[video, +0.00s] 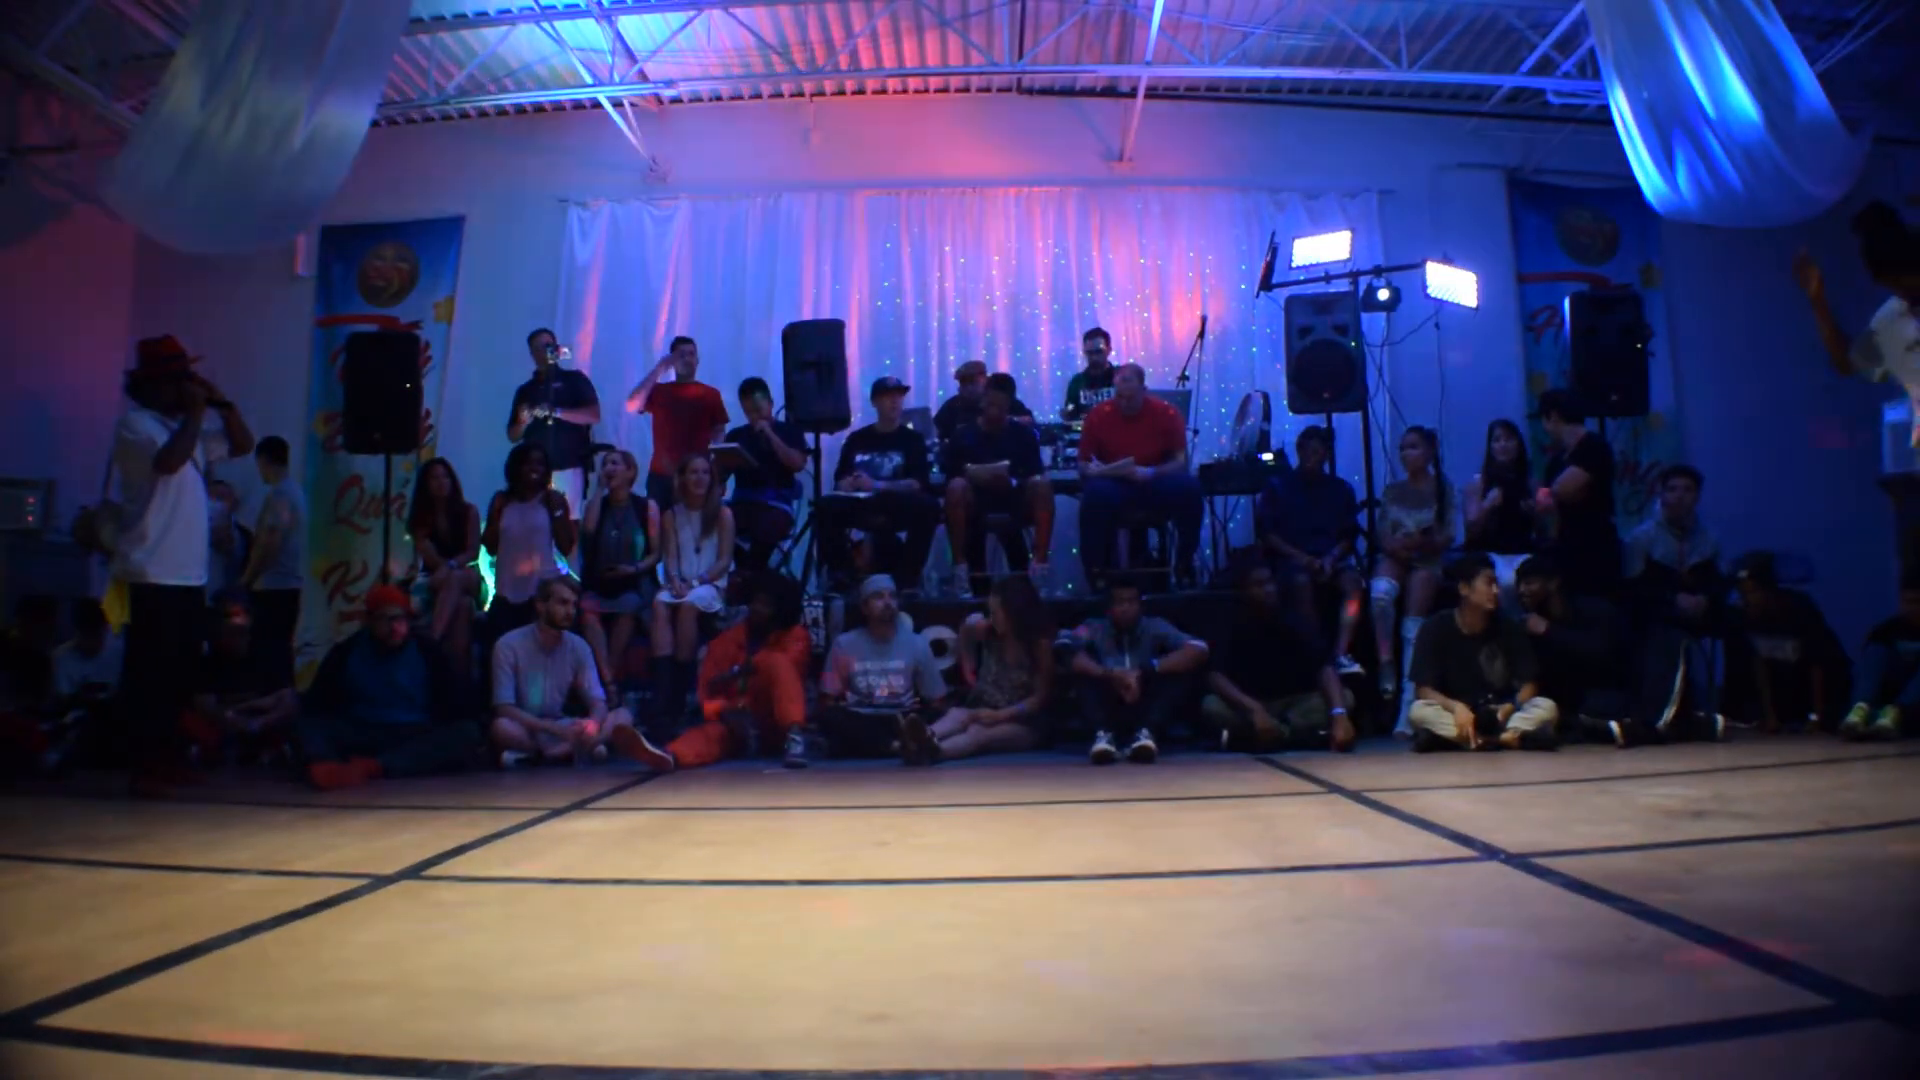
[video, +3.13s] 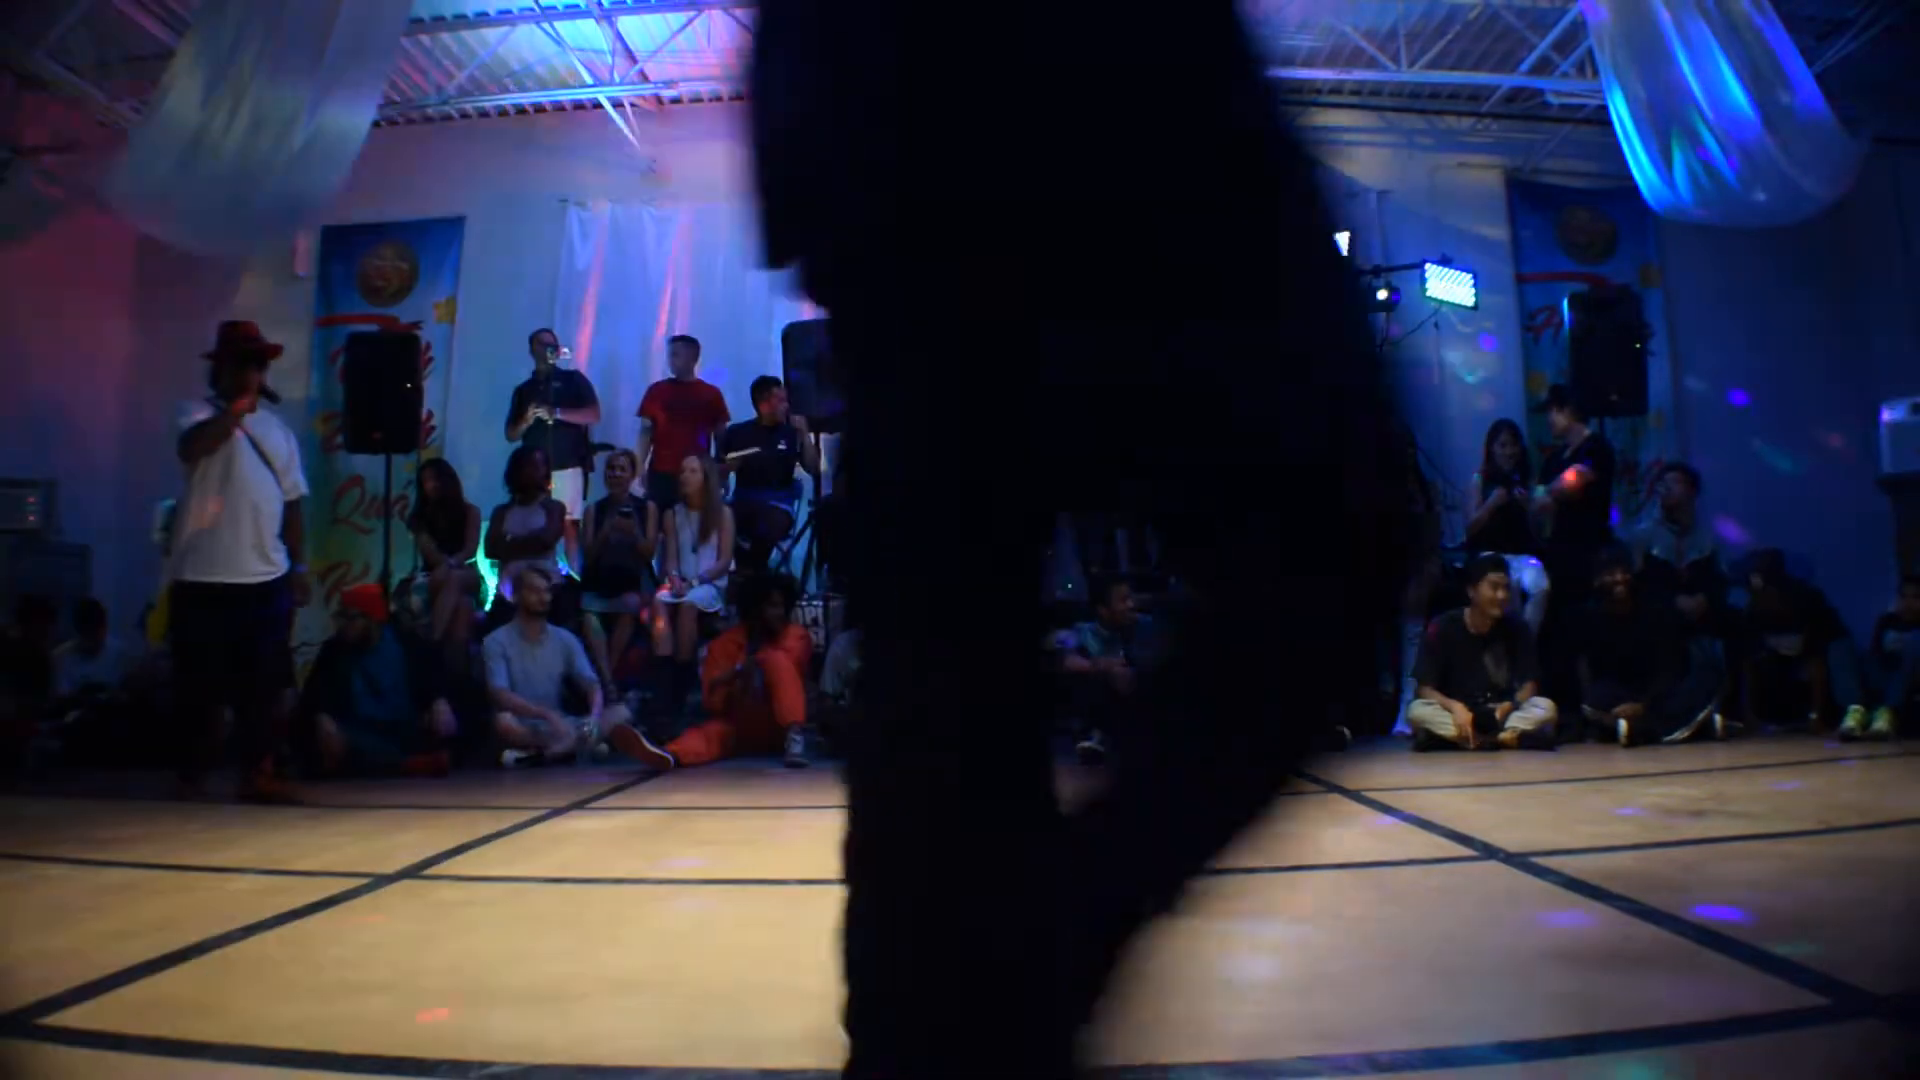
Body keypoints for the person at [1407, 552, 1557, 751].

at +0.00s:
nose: (1495, 590)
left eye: (1495, 584)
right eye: (1488, 583)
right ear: (1464, 589)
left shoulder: (1507, 626)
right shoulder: (1436, 628)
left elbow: (1529, 684)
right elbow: (1423, 690)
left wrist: (1511, 707)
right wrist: (1457, 708)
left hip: (1500, 706)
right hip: (1458, 708)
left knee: (1546, 707)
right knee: (1419, 711)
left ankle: (1468, 743)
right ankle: (1506, 740)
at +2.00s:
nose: (1500, 612)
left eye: (1506, 606)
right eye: (1494, 603)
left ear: (1511, 605)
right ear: (1473, 595)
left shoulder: (1513, 631)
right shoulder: (1438, 629)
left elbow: (1529, 686)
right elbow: (1423, 690)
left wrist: (1511, 706)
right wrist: (1456, 707)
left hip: (1501, 705)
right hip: (1457, 707)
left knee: (1546, 707)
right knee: (1418, 711)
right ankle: (1506, 740)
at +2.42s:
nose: (1507, 601)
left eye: (1507, 594)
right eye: (1501, 594)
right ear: (1476, 597)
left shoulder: (1512, 628)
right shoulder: (1438, 629)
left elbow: (1528, 686)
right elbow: (1423, 689)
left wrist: (1511, 706)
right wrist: (1456, 707)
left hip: (1500, 706)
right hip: (1456, 708)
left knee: (1546, 708)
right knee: (1418, 711)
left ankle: (1470, 742)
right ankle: (1504, 740)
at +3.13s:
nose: (1501, 596)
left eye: (1505, 588)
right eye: (1494, 587)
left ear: (1510, 592)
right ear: (1471, 591)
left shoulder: (1516, 629)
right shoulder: (1444, 628)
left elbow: (1529, 684)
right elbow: (1424, 689)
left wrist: (1508, 706)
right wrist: (1456, 708)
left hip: (1501, 706)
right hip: (1457, 706)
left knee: (1545, 707)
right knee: (1417, 711)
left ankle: (1461, 743)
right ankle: (1501, 740)